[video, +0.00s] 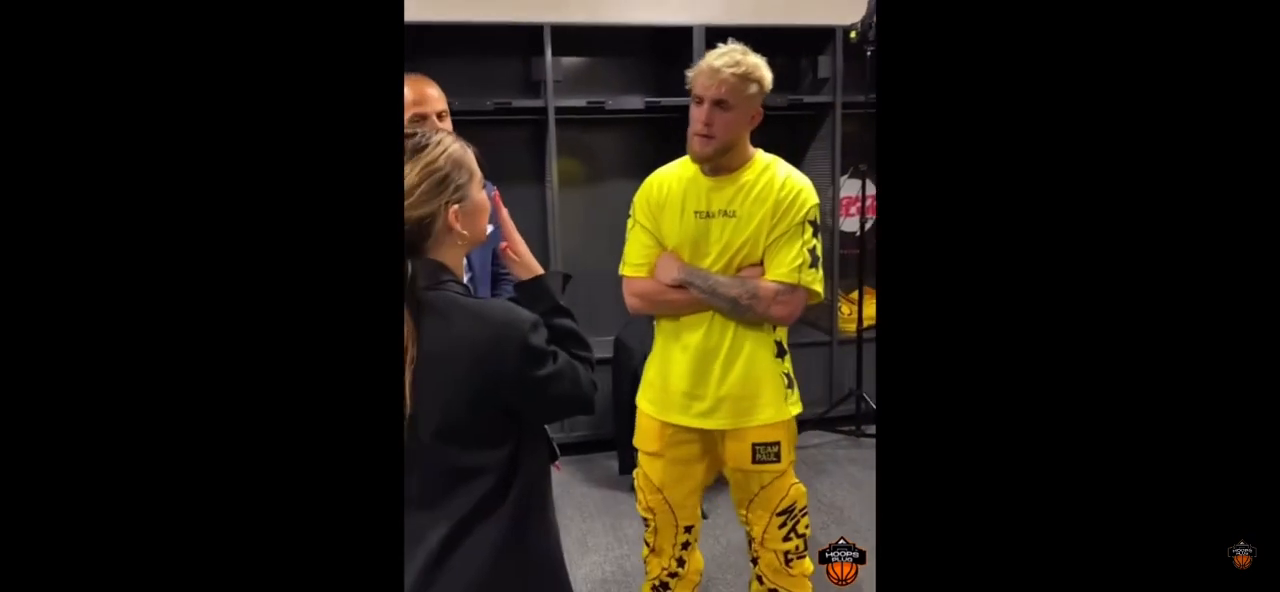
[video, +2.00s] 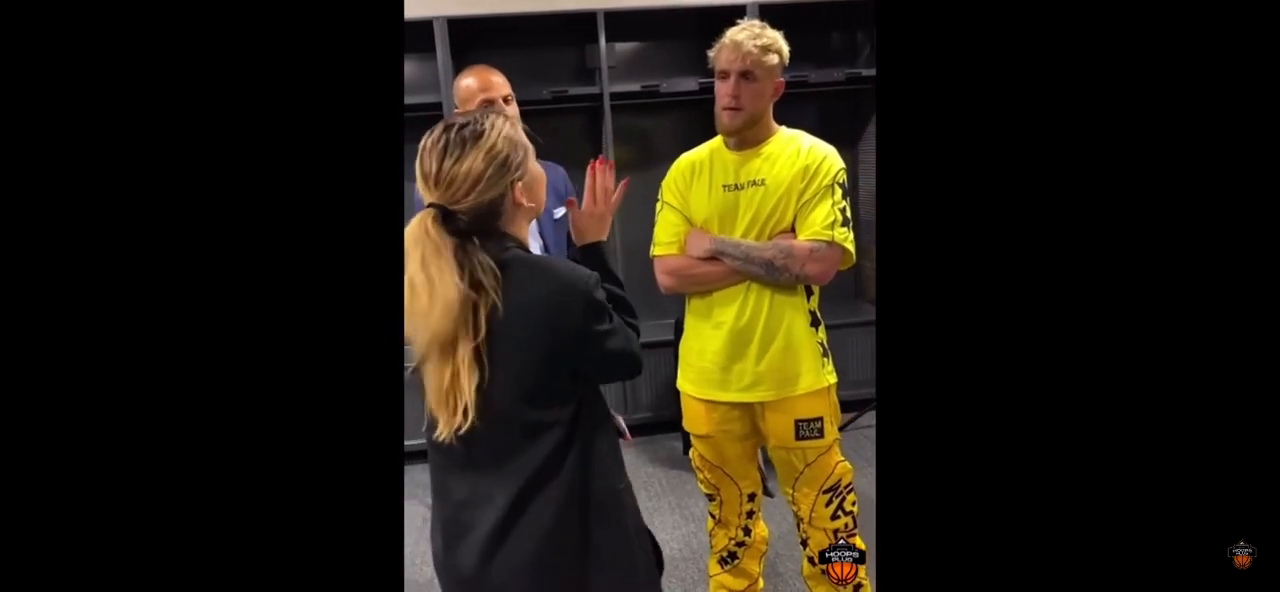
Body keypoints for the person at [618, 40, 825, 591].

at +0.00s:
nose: (701, 118)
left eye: (720, 106)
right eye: (696, 102)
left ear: (755, 117)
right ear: (687, 105)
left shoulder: (789, 191)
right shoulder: (657, 188)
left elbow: (785, 305)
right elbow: (637, 297)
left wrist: (683, 273)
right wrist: (741, 287)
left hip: (757, 401)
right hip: (668, 399)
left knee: (780, 556)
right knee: (665, 558)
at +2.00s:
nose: (729, 92)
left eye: (746, 78)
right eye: (721, 77)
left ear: (776, 88)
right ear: (711, 83)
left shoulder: (815, 159)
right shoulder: (685, 171)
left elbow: (820, 265)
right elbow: (669, 275)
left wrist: (710, 243)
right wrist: (773, 257)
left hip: (794, 374)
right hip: (707, 377)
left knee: (829, 524)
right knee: (729, 529)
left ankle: (843, 585)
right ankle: (733, 586)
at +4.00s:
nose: (707, 76)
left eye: (724, 62)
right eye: (700, 63)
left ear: (758, 71)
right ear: (694, 72)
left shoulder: (804, 144)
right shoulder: (678, 162)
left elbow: (807, 248)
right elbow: (660, 267)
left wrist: (700, 234)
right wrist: (759, 245)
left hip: (784, 365)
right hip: (698, 369)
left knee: (817, 517)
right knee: (717, 520)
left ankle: (833, 583)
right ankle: (723, 584)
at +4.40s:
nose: (708, 73)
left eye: (725, 59)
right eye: (701, 60)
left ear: (759, 69)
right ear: (694, 69)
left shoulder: (805, 142)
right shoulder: (677, 160)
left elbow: (809, 246)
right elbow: (662, 265)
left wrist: (700, 232)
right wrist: (762, 243)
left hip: (786, 363)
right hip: (700, 367)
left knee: (819, 514)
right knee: (720, 516)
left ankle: (836, 583)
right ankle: (722, 585)